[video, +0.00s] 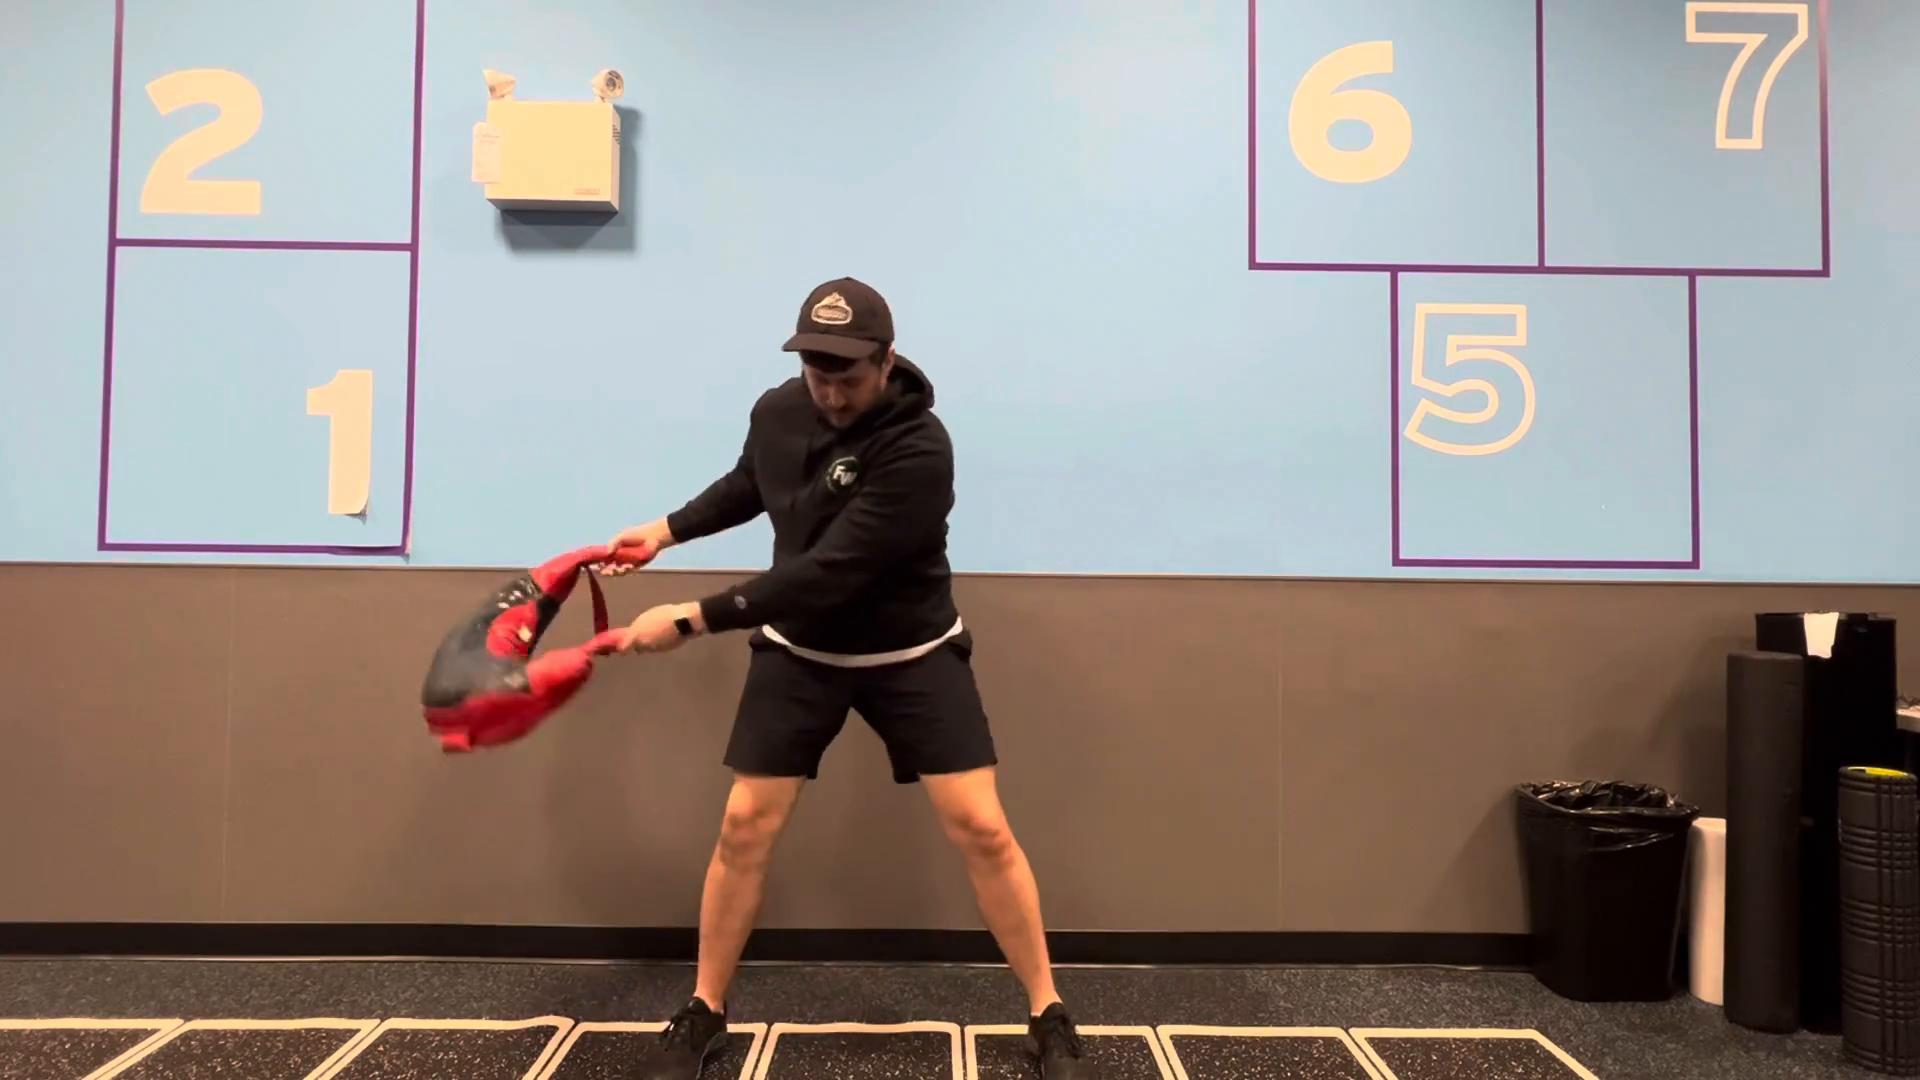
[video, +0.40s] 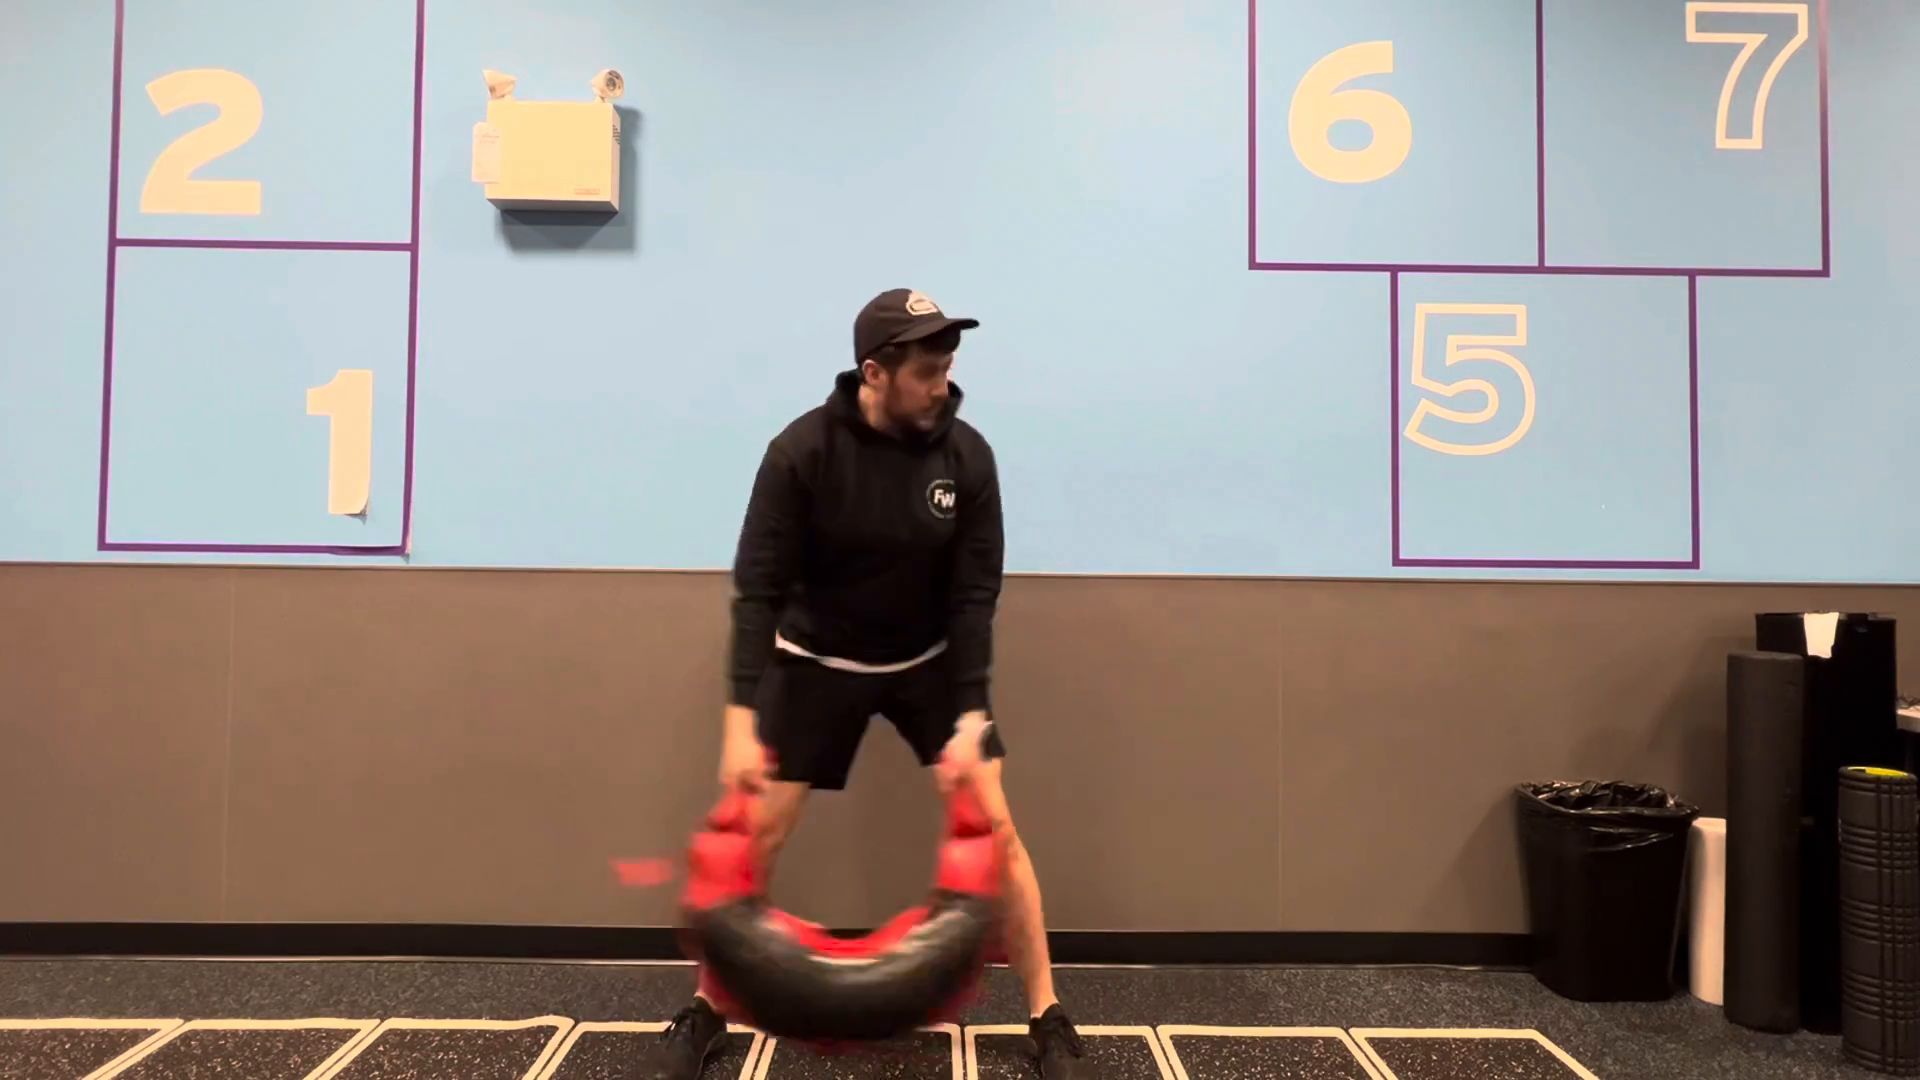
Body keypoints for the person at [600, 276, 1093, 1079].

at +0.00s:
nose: (829, 385)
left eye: (847, 369)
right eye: (816, 367)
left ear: (887, 360)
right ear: (799, 357)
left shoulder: (917, 450)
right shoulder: (779, 413)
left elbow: (824, 574)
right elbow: (750, 486)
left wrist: (687, 617)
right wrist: (665, 529)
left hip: (914, 655)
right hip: (797, 652)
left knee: (983, 828)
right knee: (743, 824)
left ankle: (1049, 1014)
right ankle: (704, 1011)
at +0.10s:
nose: (866, 384)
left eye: (882, 368)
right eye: (850, 367)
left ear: (909, 360)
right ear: (825, 359)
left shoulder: (938, 450)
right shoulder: (789, 420)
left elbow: (870, 582)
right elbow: (754, 498)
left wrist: (743, 643)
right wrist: (666, 557)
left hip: (929, 657)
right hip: (814, 655)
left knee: (992, 830)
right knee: (755, 824)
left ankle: (1048, 1016)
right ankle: (705, 1010)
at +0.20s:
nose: (906, 387)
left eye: (919, 369)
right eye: (888, 372)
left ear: (937, 363)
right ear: (853, 367)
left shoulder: (961, 458)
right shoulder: (803, 432)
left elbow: (912, 596)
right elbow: (755, 516)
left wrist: (809, 682)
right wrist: (666, 589)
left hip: (944, 655)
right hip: (830, 655)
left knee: (998, 827)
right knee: (763, 826)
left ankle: (1048, 1018)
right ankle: (707, 1009)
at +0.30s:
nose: (937, 390)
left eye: (945, 373)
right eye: (919, 375)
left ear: (956, 373)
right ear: (874, 379)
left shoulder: (975, 465)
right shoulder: (812, 445)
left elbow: (956, 609)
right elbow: (744, 551)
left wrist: (888, 725)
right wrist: (675, 650)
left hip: (949, 657)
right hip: (834, 658)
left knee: (1003, 824)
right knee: (762, 826)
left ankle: (1047, 1016)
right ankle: (704, 1008)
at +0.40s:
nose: (945, 378)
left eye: (946, 362)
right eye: (927, 365)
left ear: (945, 366)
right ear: (875, 372)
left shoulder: (965, 458)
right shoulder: (800, 454)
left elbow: (976, 594)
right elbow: (754, 592)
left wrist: (972, 717)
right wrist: (740, 726)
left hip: (928, 667)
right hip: (813, 667)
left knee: (995, 827)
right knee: (755, 832)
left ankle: (1045, 1011)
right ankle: (709, 1005)